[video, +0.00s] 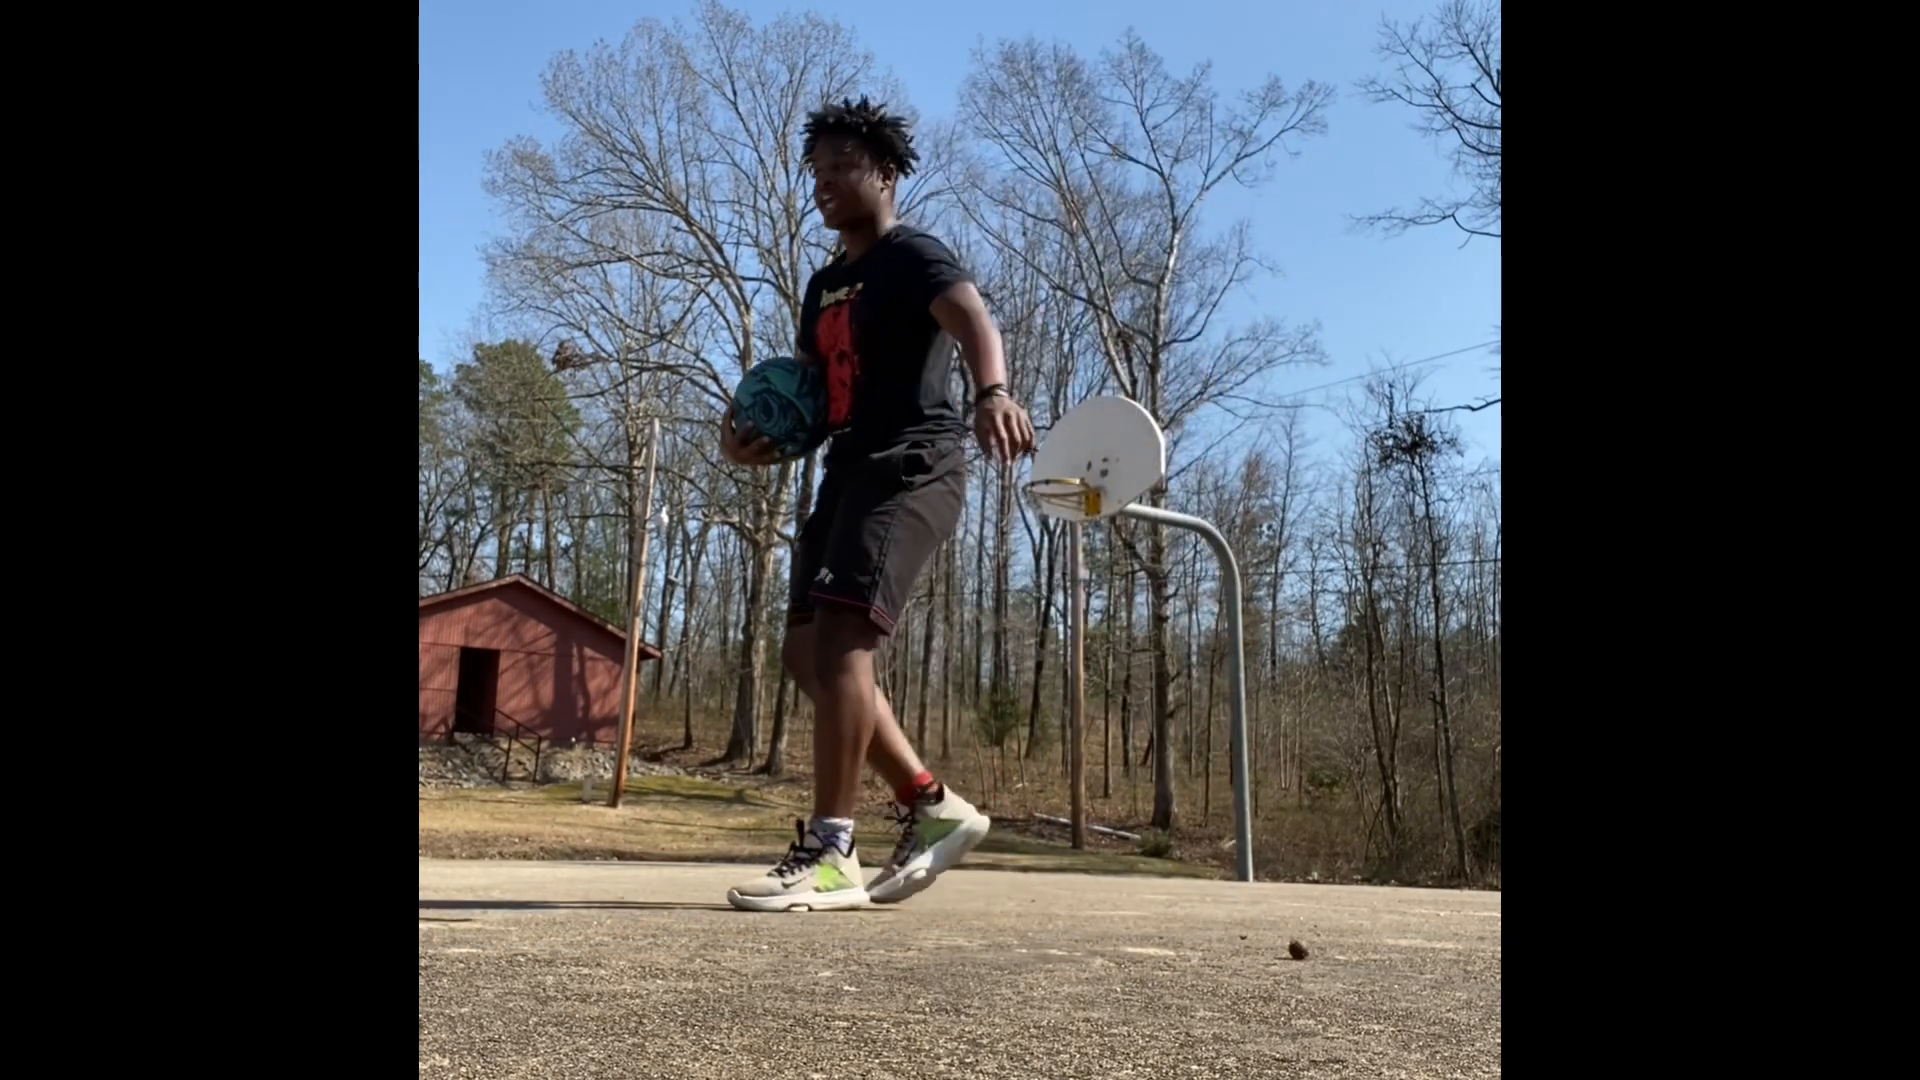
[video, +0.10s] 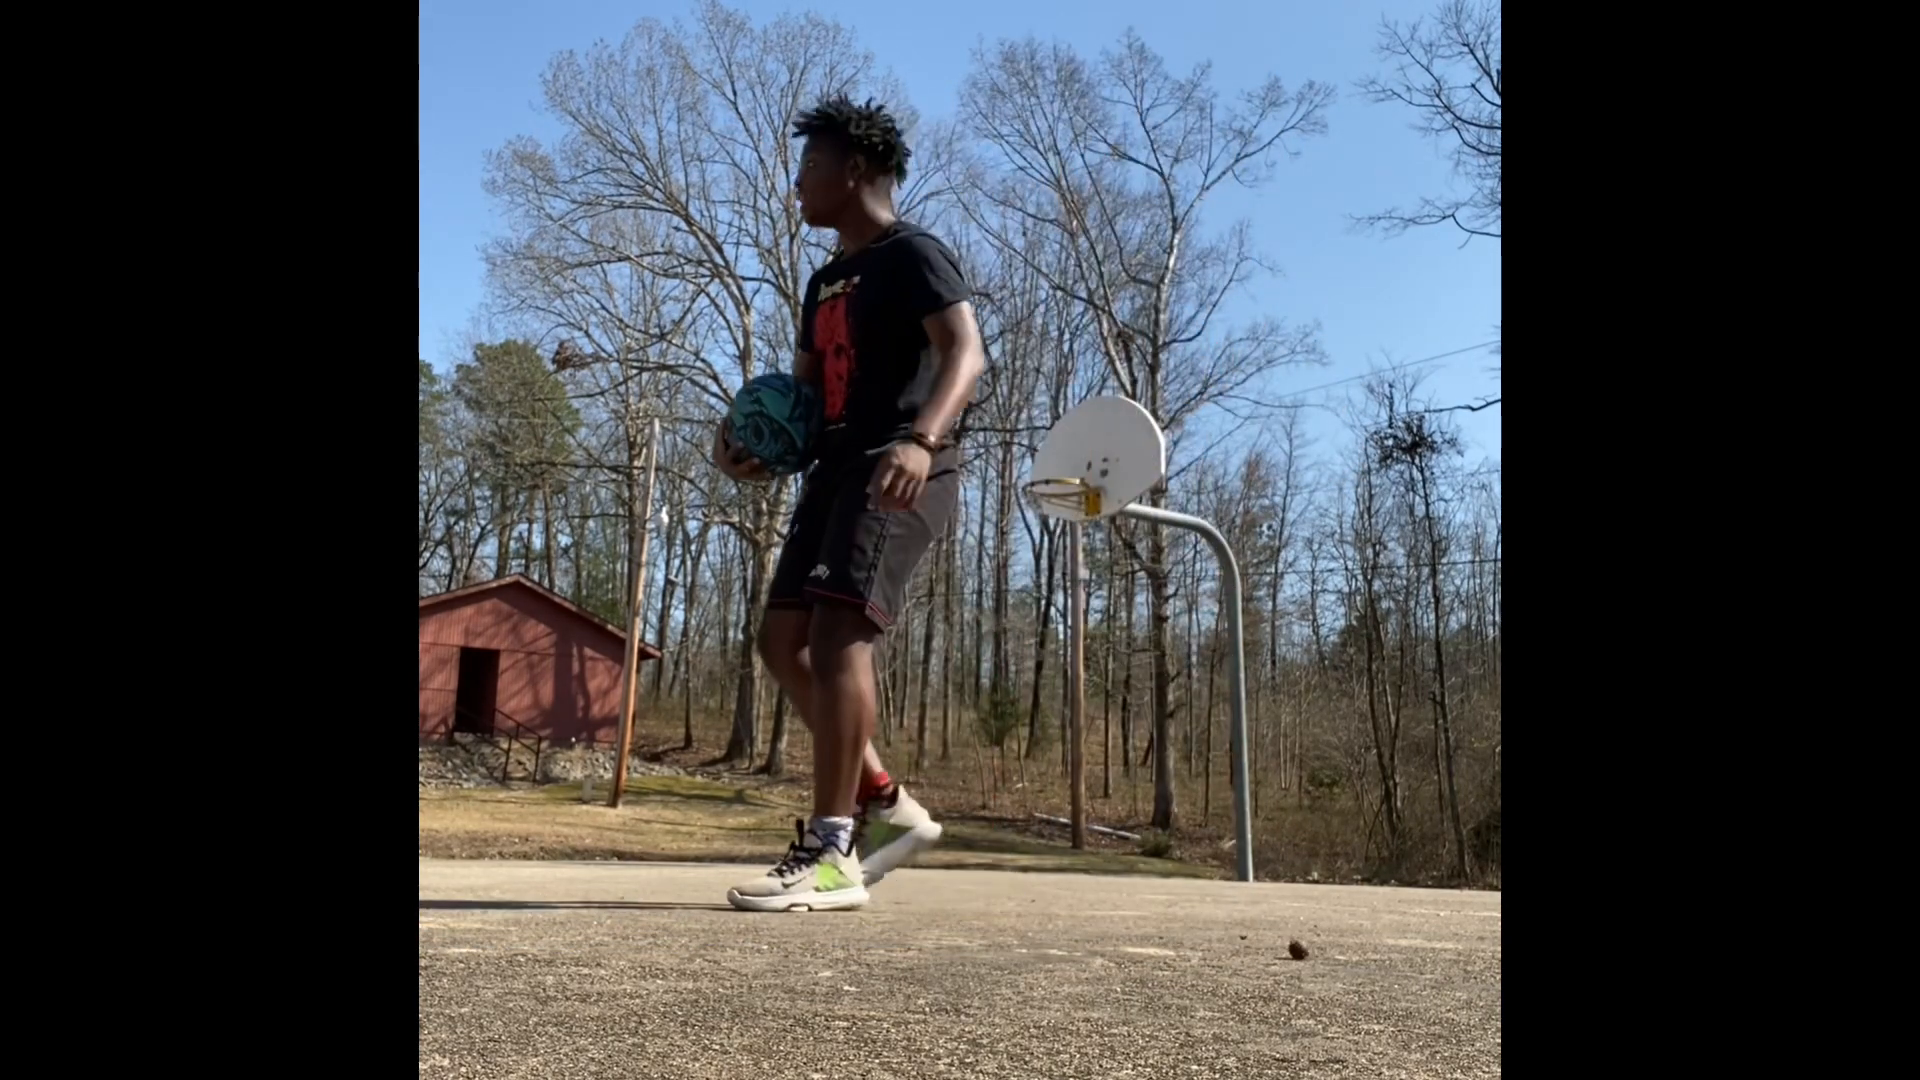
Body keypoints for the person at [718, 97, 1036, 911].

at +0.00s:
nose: (827, 185)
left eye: (844, 169)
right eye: (819, 173)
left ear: (887, 175)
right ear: (814, 184)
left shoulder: (916, 254)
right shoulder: (823, 287)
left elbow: (975, 317)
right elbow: (807, 399)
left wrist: (994, 390)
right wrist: (753, 441)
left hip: (914, 462)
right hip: (849, 470)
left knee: (844, 638)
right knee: (807, 650)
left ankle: (828, 852)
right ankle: (934, 808)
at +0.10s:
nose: (796, 178)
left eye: (808, 162)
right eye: (801, 162)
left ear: (854, 170)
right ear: (849, 173)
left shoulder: (915, 253)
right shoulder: (827, 280)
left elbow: (966, 354)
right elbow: (810, 389)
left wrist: (923, 439)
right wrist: (750, 442)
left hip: (897, 464)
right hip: (837, 467)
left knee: (842, 638)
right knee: (781, 638)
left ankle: (831, 856)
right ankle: (888, 805)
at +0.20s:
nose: (798, 192)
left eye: (809, 176)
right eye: (803, 177)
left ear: (846, 181)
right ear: (852, 184)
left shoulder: (914, 257)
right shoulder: (827, 288)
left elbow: (946, 379)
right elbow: (810, 405)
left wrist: (866, 479)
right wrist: (752, 467)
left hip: (902, 480)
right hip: (836, 480)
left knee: (815, 635)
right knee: (786, 645)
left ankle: (829, 856)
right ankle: (845, 834)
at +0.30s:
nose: (801, 225)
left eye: (812, 209)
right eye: (806, 210)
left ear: (846, 212)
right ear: (854, 217)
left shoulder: (908, 280)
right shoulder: (833, 322)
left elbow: (937, 406)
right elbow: (797, 428)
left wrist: (838, 490)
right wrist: (739, 489)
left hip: (906, 501)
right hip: (855, 504)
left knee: (772, 646)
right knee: (802, 664)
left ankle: (826, 850)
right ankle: (856, 853)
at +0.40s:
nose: (804, 235)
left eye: (814, 218)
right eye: (808, 219)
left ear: (848, 222)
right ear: (856, 226)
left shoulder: (909, 286)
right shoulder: (839, 335)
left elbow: (956, 399)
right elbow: (808, 441)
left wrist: (854, 474)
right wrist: (744, 501)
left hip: (914, 506)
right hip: (865, 510)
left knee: (778, 644)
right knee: (787, 656)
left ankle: (843, 845)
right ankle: (849, 849)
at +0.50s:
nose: (814, 207)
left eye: (823, 190)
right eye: (817, 191)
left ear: (860, 194)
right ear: (864, 198)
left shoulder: (926, 258)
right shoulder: (848, 308)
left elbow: (985, 362)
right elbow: (831, 425)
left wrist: (887, 435)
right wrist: (785, 492)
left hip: (929, 485)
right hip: (866, 490)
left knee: (826, 634)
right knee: (815, 652)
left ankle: (920, 817)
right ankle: (858, 850)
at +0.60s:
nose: (833, 177)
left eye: (843, 161)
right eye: (837, 161)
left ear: (881, 167)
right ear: (879, 170)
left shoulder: (956, 244)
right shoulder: (858, 283)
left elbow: (1022, 348)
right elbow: (844, 403)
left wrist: (908, 402)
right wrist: (795, 476)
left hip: (954, 463)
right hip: (877, 472)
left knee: (891, 626)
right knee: (832, 646)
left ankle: (1018, 810)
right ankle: (863, 848)